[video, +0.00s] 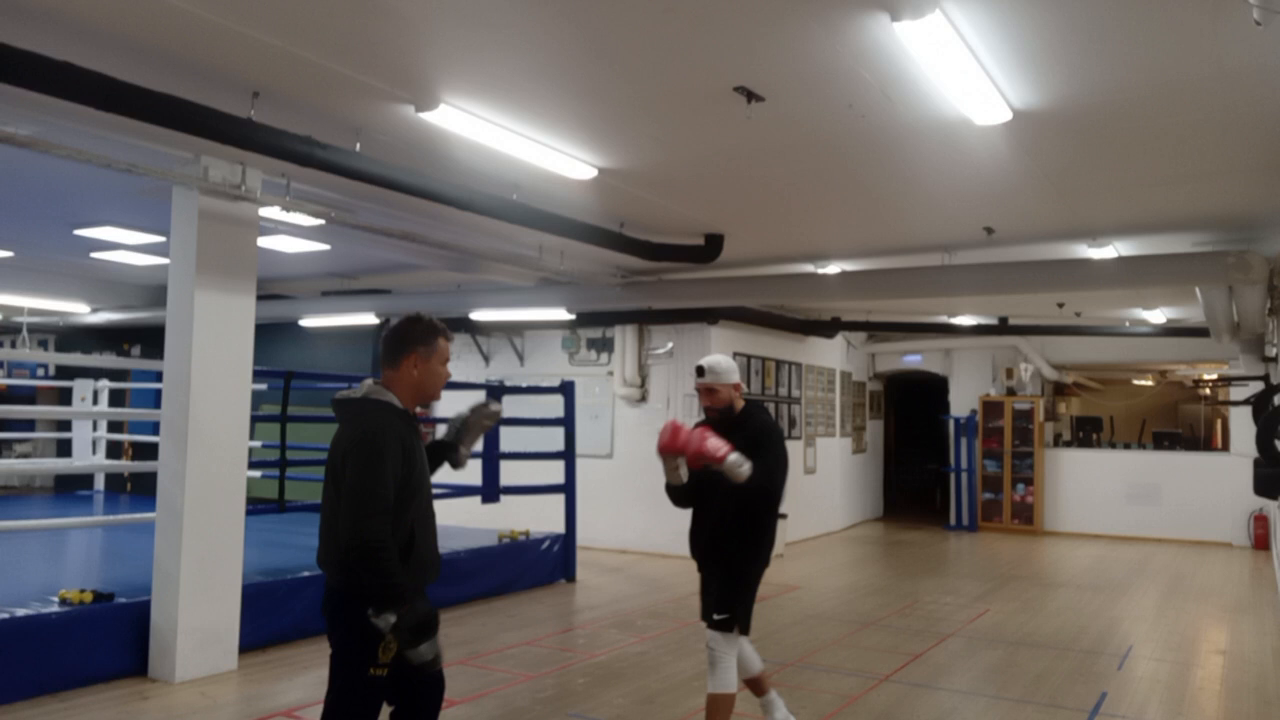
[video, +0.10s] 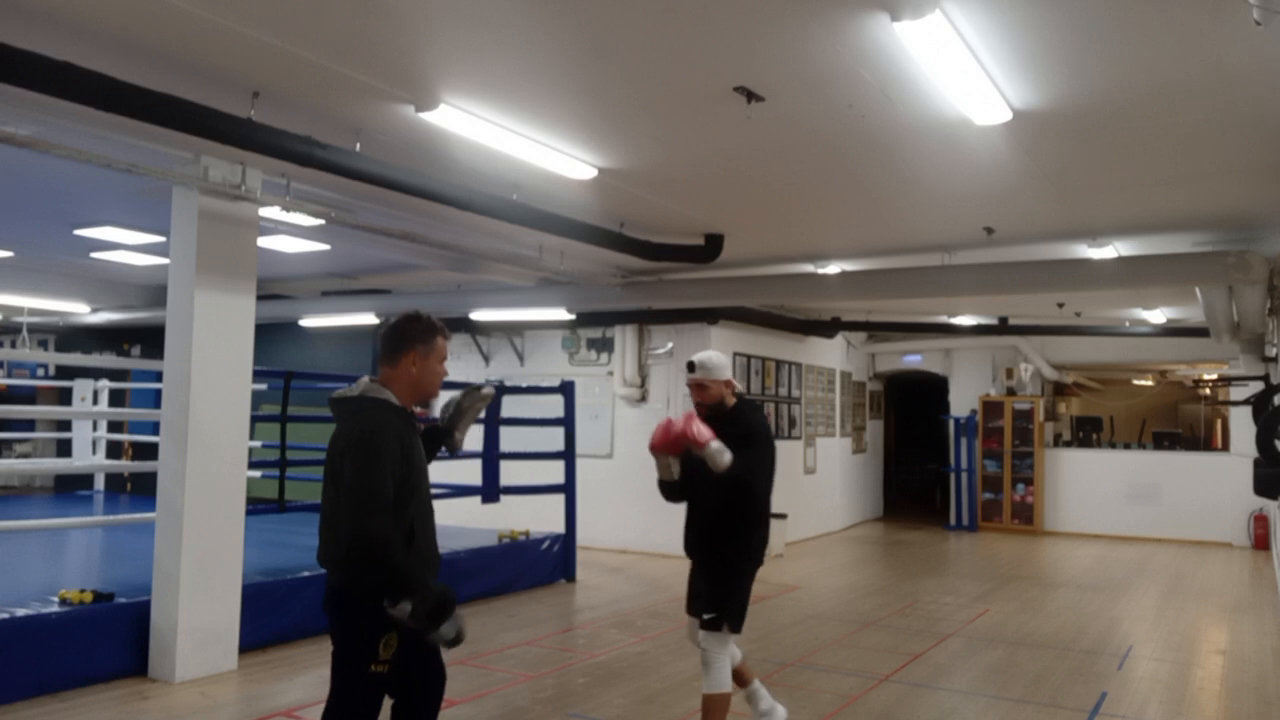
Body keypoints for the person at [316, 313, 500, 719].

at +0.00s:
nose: (448, 374)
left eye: (448, 363)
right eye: (444, 362)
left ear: (413, 364)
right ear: (415, 363)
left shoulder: (386, 416)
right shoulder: (380, 423)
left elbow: (397, 481)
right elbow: (372, 530)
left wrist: (451, 443)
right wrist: (405, 613)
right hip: (372, 599)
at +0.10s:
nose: (445, 372)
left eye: (445, 361)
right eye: (441, 360)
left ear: (410, 362)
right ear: (413, 361)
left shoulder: (381, 413)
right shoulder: (378, 421)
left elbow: (393, 469)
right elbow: (374, 526)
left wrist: (445, 431)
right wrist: (426, 601)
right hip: (370, 594)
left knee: (424, 684)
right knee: (356, 701)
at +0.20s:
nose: (444, 371)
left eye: (444, 361)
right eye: (439, 360)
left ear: (407, 362)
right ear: (410, 361)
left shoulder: (385, 415)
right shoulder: (376, 422)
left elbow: (400, 465)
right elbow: (375, 529)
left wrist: (454, 429)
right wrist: (426, 587)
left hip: (392, 589)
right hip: (372, 593)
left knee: (422, 686)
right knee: (359, 701)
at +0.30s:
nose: (447, 373)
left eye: (446, 363)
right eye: (441, 362)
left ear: (411, 364)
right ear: (411, 363)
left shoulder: (394, 418)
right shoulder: (376, 425)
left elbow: (410, 464)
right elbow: (380, 531)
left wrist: (466, 432)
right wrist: (443, 590)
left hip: (404, 587)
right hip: (376, 588)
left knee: (422, 687)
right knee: (366, 699)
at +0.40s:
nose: (458, 377)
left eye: (457, 367)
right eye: (452, 366)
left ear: (421, 367)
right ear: (421, 366)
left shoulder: (414, 417)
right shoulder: (379, 423)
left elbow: (428, 455)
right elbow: (369, 533)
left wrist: (467, 417)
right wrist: (440, 595)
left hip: (420, 588)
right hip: (381, 590)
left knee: (424, 696)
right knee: (372, 701)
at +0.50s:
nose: (470, 379)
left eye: (470, 369)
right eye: (465, 368)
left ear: (435, 371)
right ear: (433, 370)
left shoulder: (434, 417)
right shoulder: (389, 425)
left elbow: (469, 429)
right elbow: (368, 523)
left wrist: (506, 410)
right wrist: (420, 591)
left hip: (428, 583)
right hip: (384, 586)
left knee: (426, 697)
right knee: (376, 698)